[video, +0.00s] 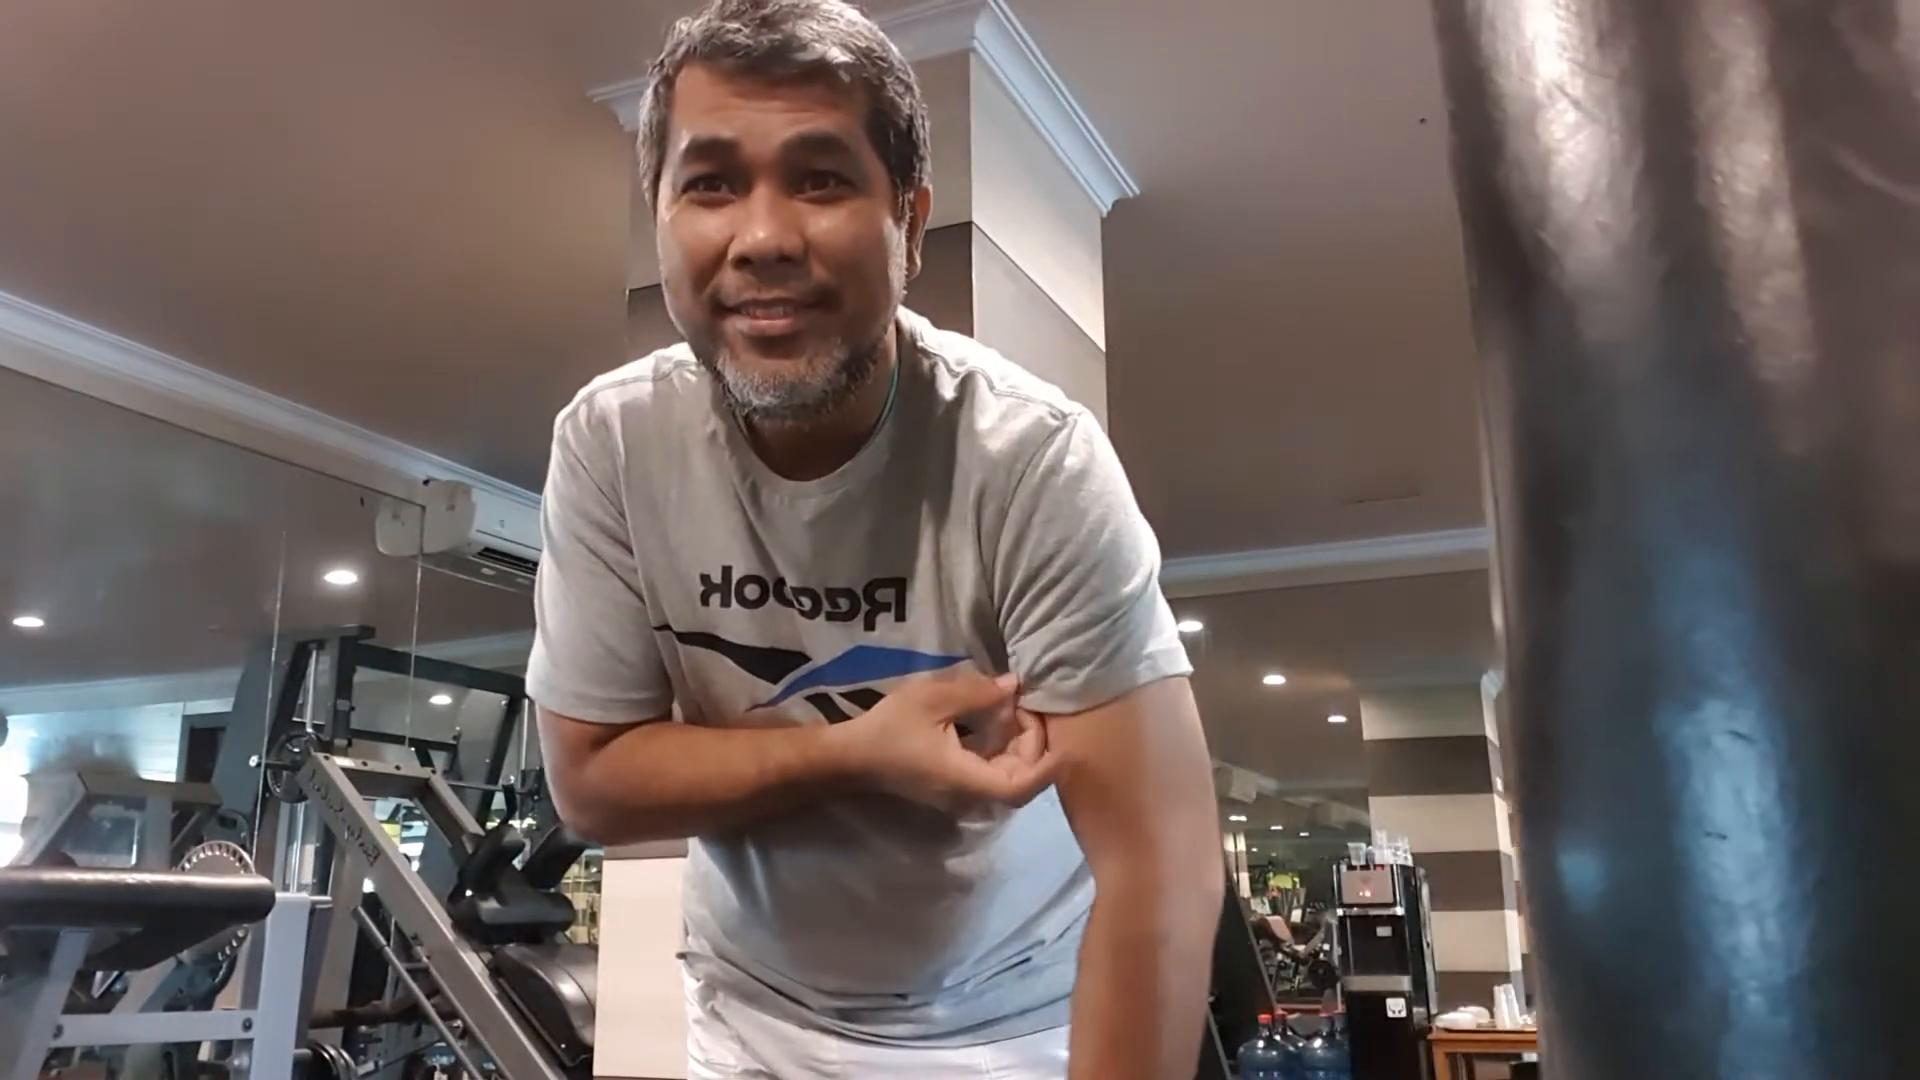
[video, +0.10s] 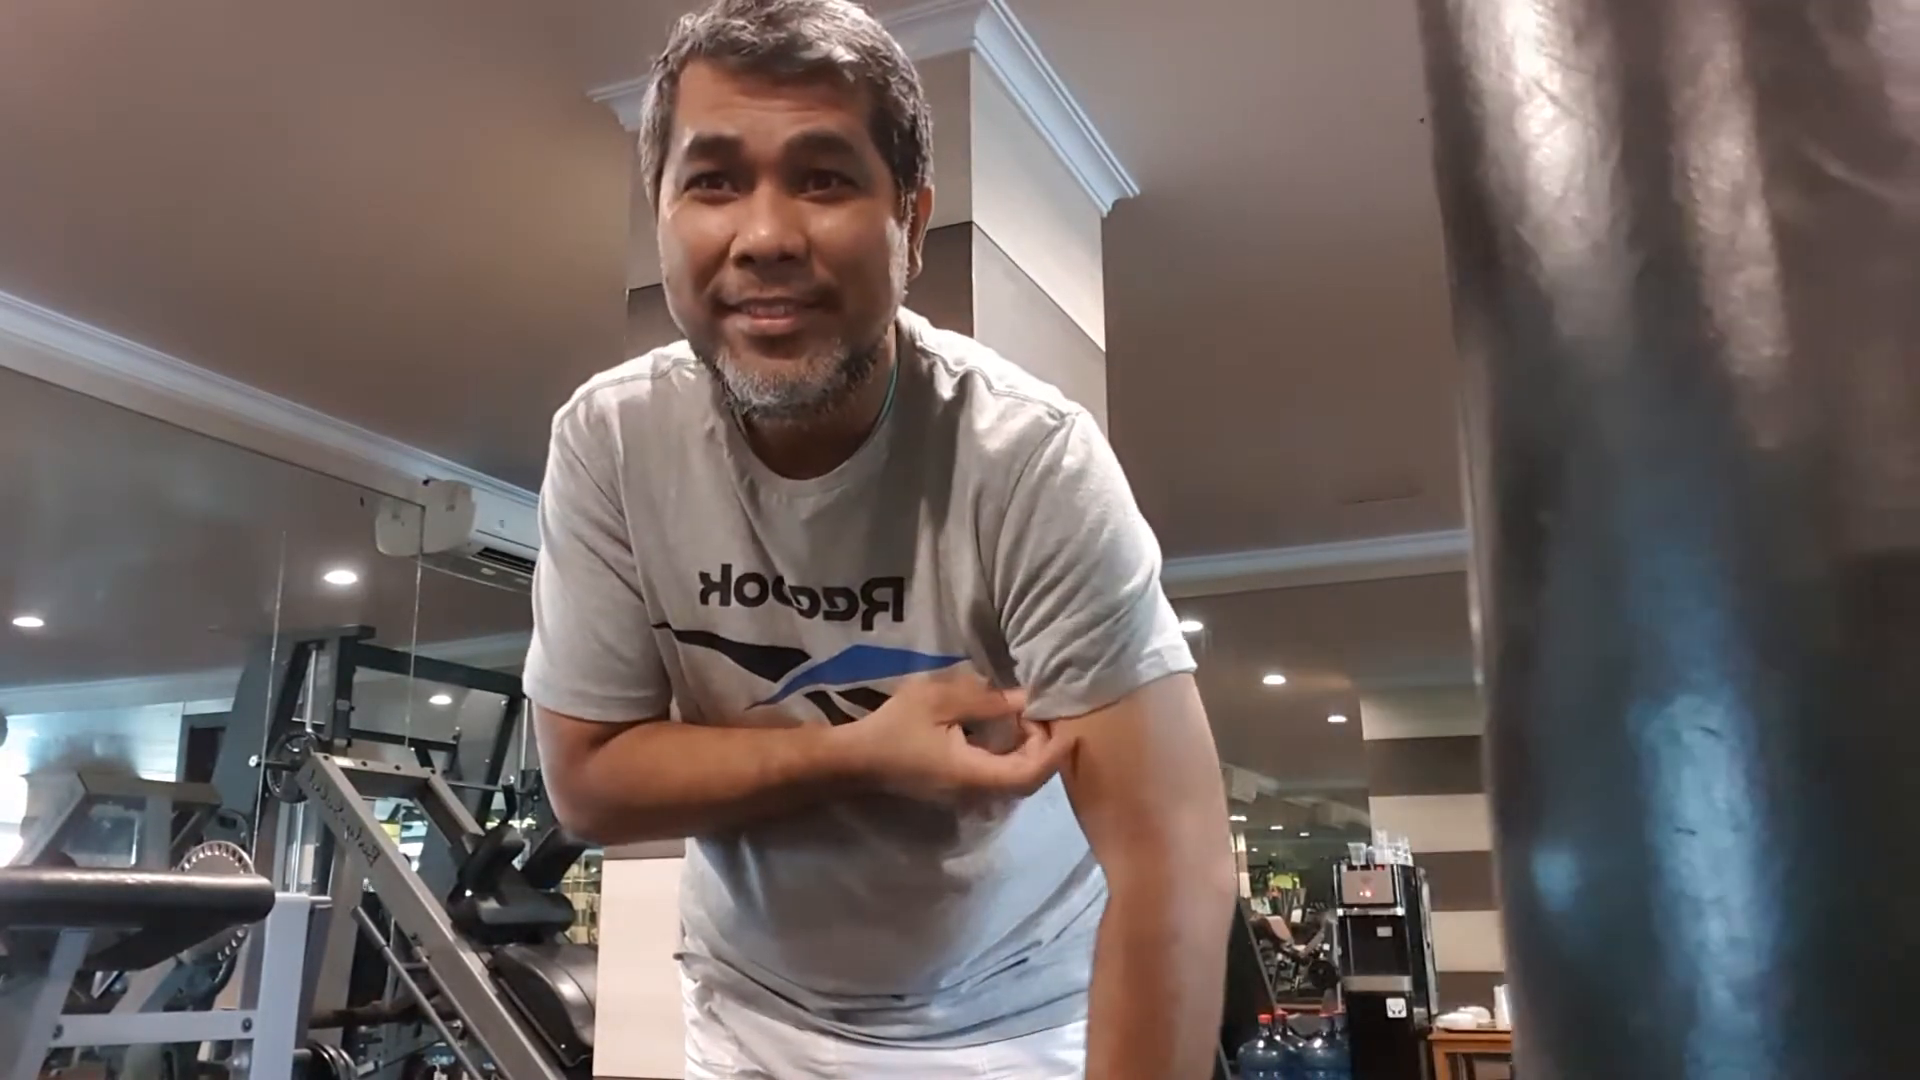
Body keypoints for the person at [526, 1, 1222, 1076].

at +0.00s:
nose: (764, 241)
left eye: (823, 182)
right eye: (713, 184)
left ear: (910, 221)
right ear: (657, 224)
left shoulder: (1034, 462)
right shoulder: (612, 443)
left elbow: (1162, 866)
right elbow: (593, 785)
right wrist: (854, 754)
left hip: (1012, 1028)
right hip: (749, 1014)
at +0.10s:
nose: (766, 239)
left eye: (826, 181)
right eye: (714, 182)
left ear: (911, 221)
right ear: (658, 219)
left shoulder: (1032, 461)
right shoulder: (612, 440)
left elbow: (1171, 858)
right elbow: (588, 785)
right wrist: (858, 755)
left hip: (1014, 1028)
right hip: (748, 1014)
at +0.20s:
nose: (769, 236)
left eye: (828, 179)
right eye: (717, 179)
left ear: (913, 222)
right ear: (659, 218)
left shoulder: (1030, 459)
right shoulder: (609, 439)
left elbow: (1184, 848)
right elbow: (589, 786)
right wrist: (869, 760)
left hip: (1020, 1026)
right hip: (748, 1016)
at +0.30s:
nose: (772, 234)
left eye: (832, 178)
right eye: (721, 176)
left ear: (916, 222)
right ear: (662, 214)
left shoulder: (1030, 458)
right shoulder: (606, 438)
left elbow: (1195, 844)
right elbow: (589, 785)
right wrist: (870, 761)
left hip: (1028, 1024)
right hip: (750, 1018)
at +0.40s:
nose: (776, 232)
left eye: (837, 176)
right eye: (725, 172)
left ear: (919, 215)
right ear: (666, 208)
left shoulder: (1029, 457)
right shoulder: (605, 433)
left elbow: (1204, 849)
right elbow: (584, 782)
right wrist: (862, 755)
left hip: (1029, 1023)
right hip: (749, 1017)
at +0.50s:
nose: (778, 229)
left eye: (840, 174)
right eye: (729, 168)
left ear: (922, 213)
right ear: (666, 201)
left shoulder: (1029, 457)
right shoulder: (604, 430)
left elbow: (1206, 856)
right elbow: (580, 778)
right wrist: (858, 753)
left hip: (1025, 1025)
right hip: (747, 1017)